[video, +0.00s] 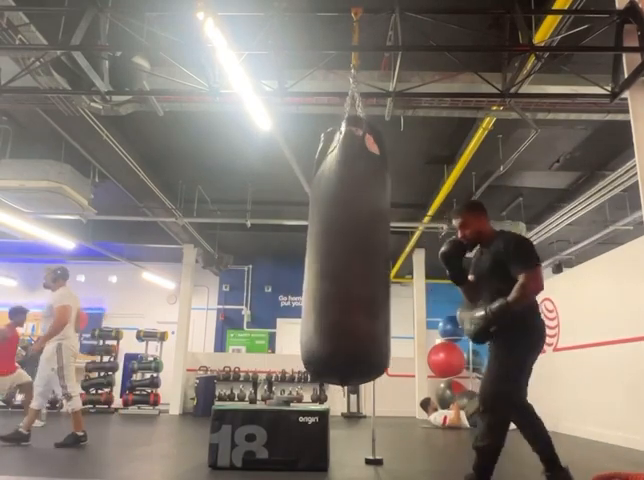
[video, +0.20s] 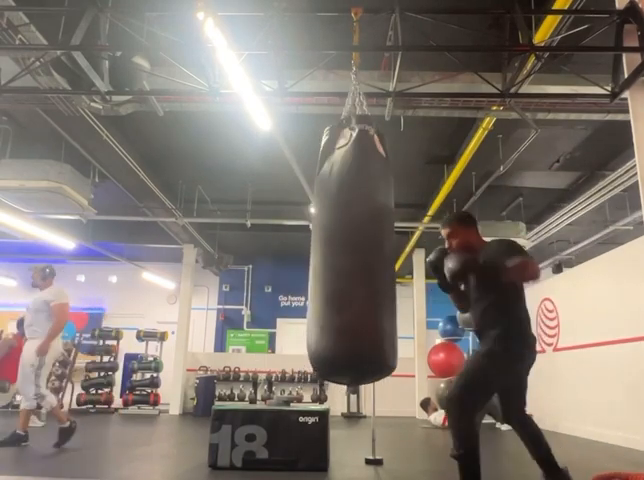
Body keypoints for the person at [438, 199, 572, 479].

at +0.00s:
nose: (460, 235)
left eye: (463, 227)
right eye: (457, 229)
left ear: (481, 219)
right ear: (468, 226)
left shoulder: (513, 243)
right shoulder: (480, 257)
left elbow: (533, 282)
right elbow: (475, 297)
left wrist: (492, 313)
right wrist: (456, 267)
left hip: (521, 331)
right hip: (506, 333)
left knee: (493, 401)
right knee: (514, 401)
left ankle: (480, 473)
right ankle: (555, 469)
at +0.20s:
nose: (448, 246)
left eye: (451, 237)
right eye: (446, 240)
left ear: (469, 231)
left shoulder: (499, 248)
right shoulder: (466, 264)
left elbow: (531, 270)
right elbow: (464, 306)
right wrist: (451, 283)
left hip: (510, 343)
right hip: (497, 345)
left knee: (459, 403)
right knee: (515, 414)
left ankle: (470, 475)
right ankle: (555, 473)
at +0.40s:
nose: (444, 225)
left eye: (449, 218)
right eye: (443, 219)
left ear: (468, 217)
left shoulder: (491, 245)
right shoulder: (455, 252)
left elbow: (485, 284)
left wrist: (438, 265)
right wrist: (421, 258)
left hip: (493, 344)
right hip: (473, 346)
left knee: (462, 408)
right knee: (492, 415)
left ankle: (474, 474)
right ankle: (544, 469)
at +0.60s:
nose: (435, 230)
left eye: (438, 222)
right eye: (434, 224)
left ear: (458, 219)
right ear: (455, 221)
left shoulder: (495, 249)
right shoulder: (455, 254)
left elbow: (531, 283)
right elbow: (445, 283)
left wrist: (491, 287)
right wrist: (419, 277)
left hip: (489, 345)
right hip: (474, 344)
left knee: (452, 411)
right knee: (497, 408)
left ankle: (472, 474)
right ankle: (542, 470)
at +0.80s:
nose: (440, 244)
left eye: (442, 236)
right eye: (439, 238)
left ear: (462, 231)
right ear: (469, 232)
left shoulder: (466, 256)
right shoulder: (509, 261)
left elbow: (461, 285)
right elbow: (536, 301)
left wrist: (424, 290)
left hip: (474, 360)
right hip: (506, 360)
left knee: (432, 427)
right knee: (503, 424)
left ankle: (457, 476)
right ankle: (542, 475)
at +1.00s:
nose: (436, 231)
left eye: (437, 222)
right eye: (433, 225)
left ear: (454, 213)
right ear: (463, 212)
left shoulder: (472, 241)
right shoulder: (505, 229)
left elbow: (475, 299)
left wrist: (433, 287)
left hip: (496, 340)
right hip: (528, 335)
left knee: (461, 415)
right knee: (510, 405)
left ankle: (476, 474)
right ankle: (535, 472)